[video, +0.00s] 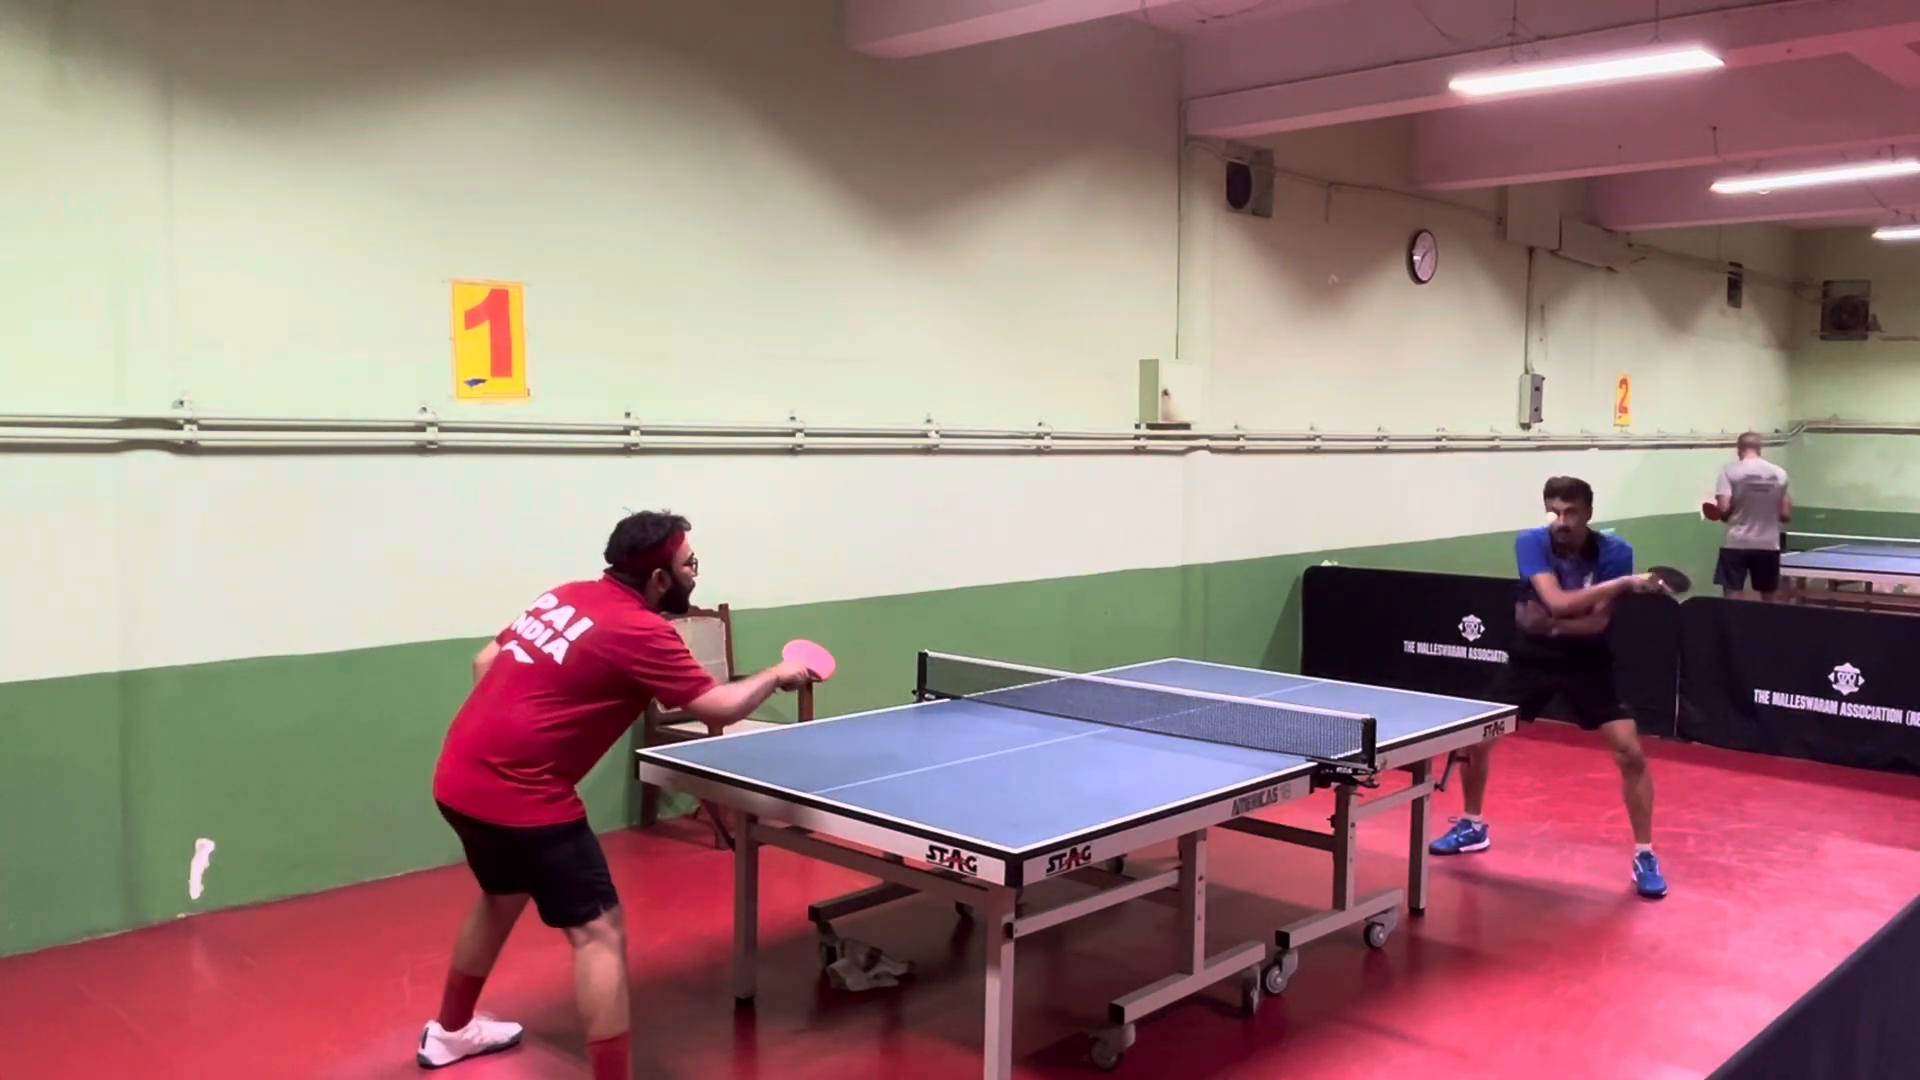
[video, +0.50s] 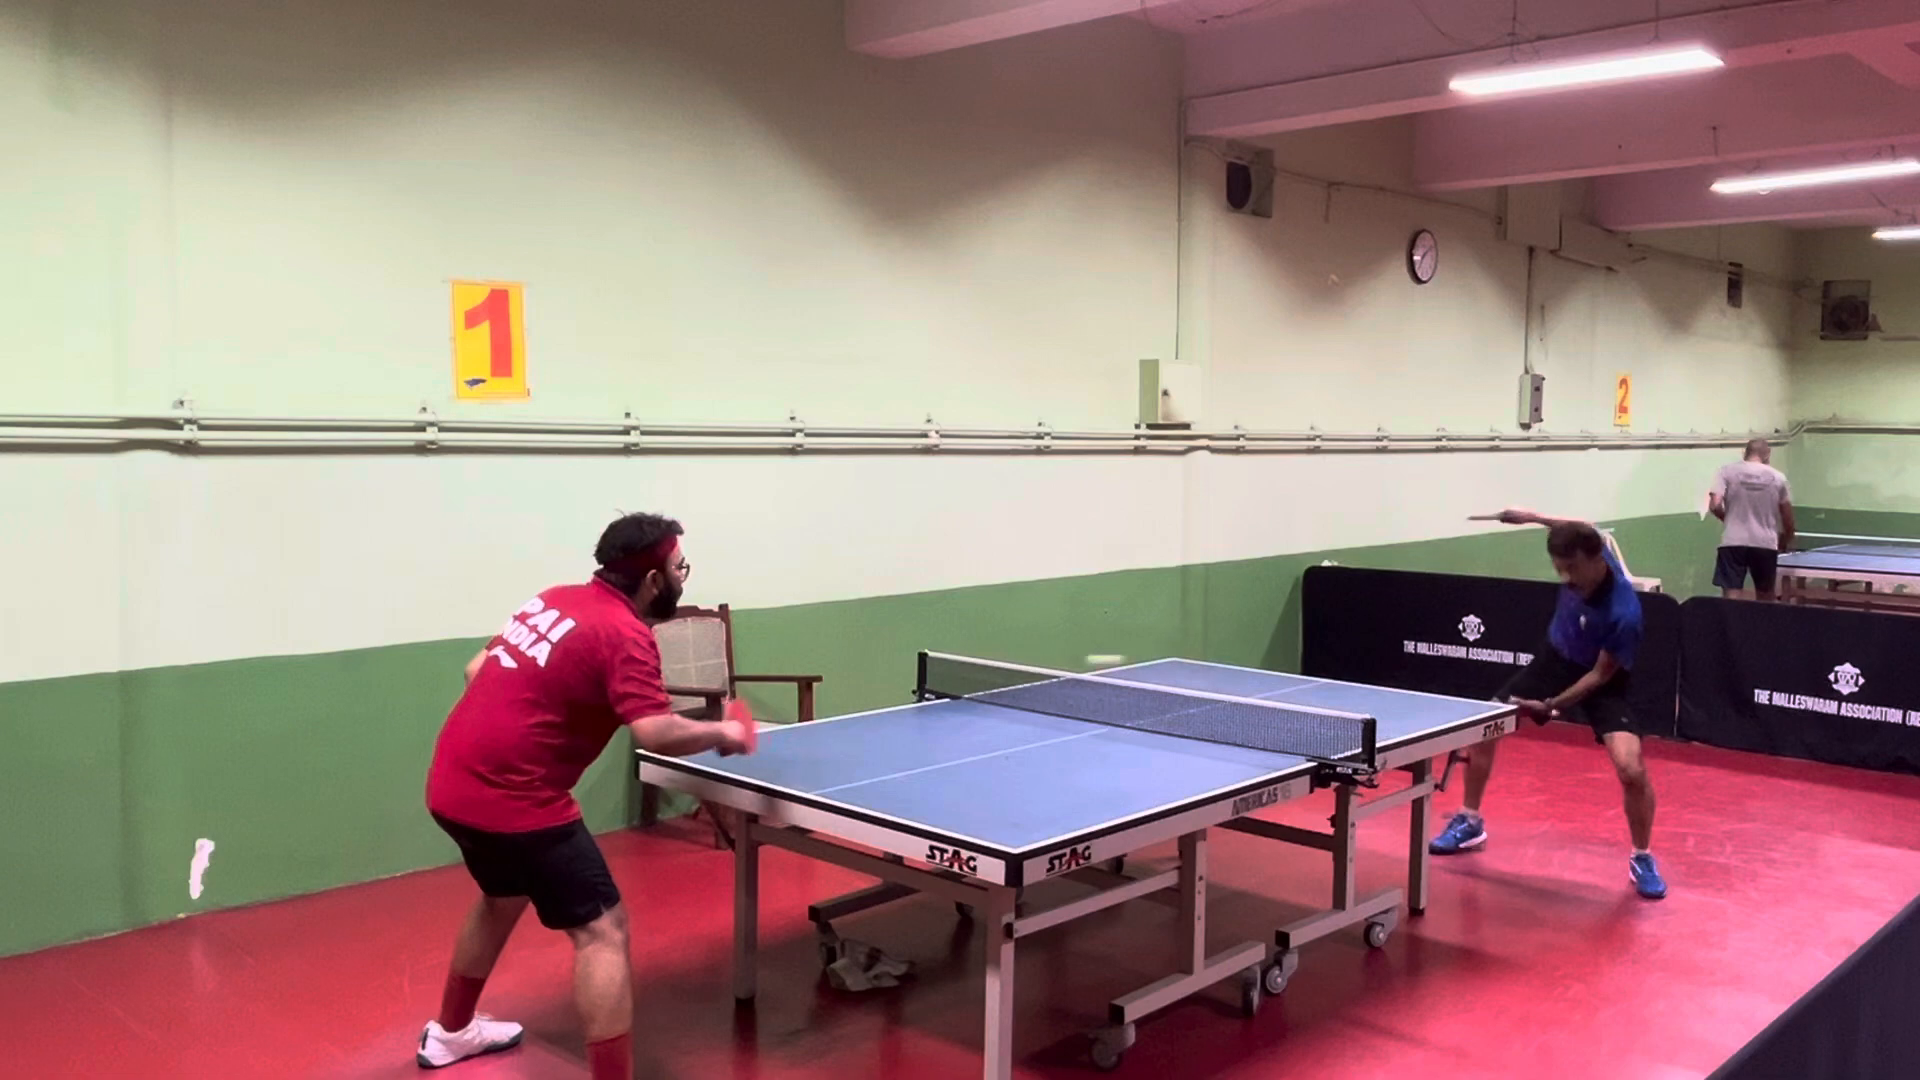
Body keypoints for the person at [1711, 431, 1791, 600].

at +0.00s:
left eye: (1739, 450)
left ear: (1739, 450)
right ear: (1760, 450)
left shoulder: (1729, 471)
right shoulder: (1779, 473)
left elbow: (1724, 507)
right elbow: (1785, 514)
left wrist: (1725, 517)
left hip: (1736, 546)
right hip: (1768, 547)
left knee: (1733, 601)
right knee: (1769, 601)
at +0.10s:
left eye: (1737, 449)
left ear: (1736, 449)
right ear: (1758, 450)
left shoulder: (1726, 472)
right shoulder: (1777, 473)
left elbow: (1720, 509)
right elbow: (1784, 514)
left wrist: (1712, 515)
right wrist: (1766, 510)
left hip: (1735, 546)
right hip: (1766, 546)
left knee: (1732, 602)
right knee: (1767, 601)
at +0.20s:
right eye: (1755, 448)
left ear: (1736, 450)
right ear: (1758, 450)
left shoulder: (1724, 472)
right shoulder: (1776, 473)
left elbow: (1717, 509)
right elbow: (1783, 514)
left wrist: (1720, 522)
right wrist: (1764, 512)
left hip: (1734, 545)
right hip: (1766, 545)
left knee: (1732, 600)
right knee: (1767, 600)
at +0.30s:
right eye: (1756, 449)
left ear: (1737, 450)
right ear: (1759, 451)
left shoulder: (1723, 472)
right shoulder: (1776, 473)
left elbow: (1714, 508)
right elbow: (1782, 515)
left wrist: (1727, 518)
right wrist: (1765, 519)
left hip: (1733, 545)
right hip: (1766, 545)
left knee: (1732, 600)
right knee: (1767, 600)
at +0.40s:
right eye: (1761, 451)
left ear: (1740, 452)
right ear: (1761, 452)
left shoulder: (1725, 471)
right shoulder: (1776, 475)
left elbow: (1714, 507)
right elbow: (1783, 516)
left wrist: (1727, 518)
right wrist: (1775, 534)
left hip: (1734, 544)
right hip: (1766, 544)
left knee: (1732, 599)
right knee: (1766, 600)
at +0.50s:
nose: (1769, 458)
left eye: (1769, 455)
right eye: (1769, 455)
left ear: (1745, 454)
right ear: (1766, 455)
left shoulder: (1727, 471)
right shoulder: (1778, 478)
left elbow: (1715, 505)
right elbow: (1789, 523)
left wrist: (1729, 519)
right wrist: (1783, 542)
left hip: (1733, 544)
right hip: (1765, 546)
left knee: (1732, 599)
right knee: (1766, 600)